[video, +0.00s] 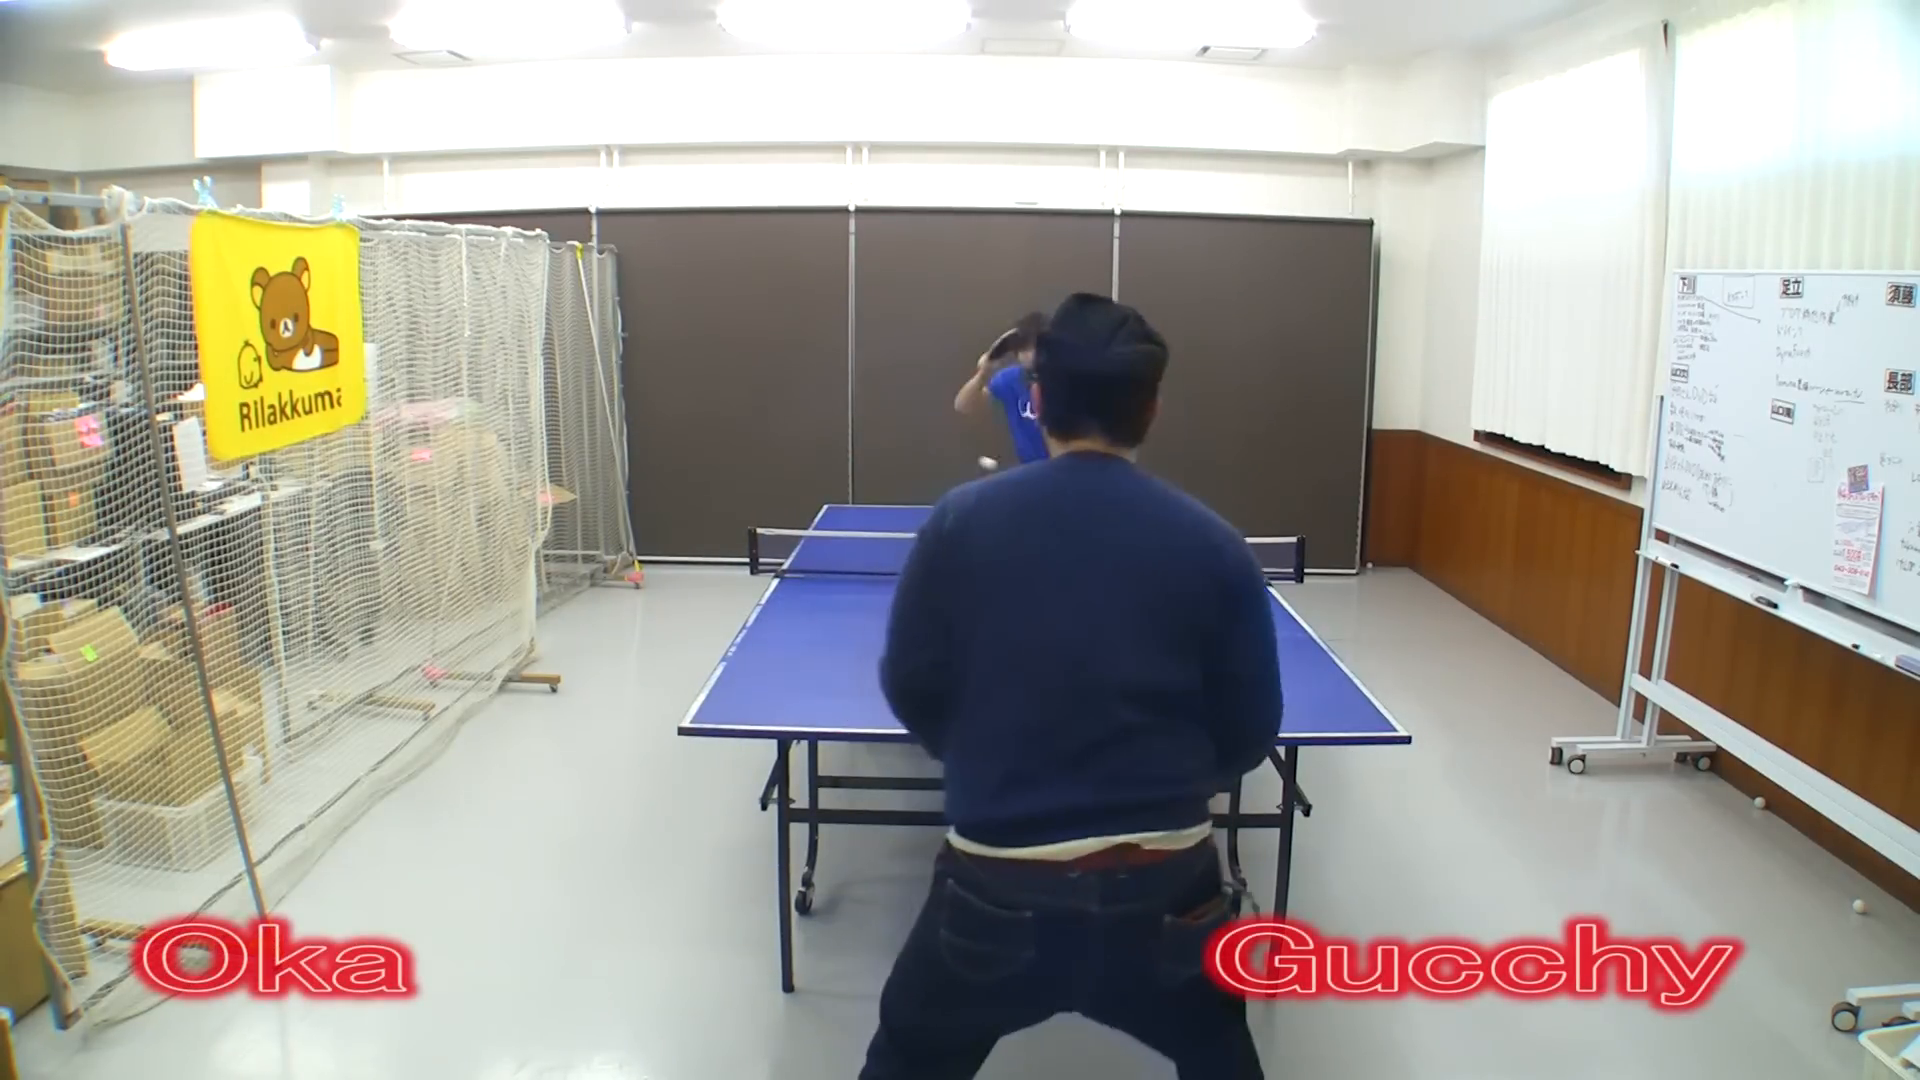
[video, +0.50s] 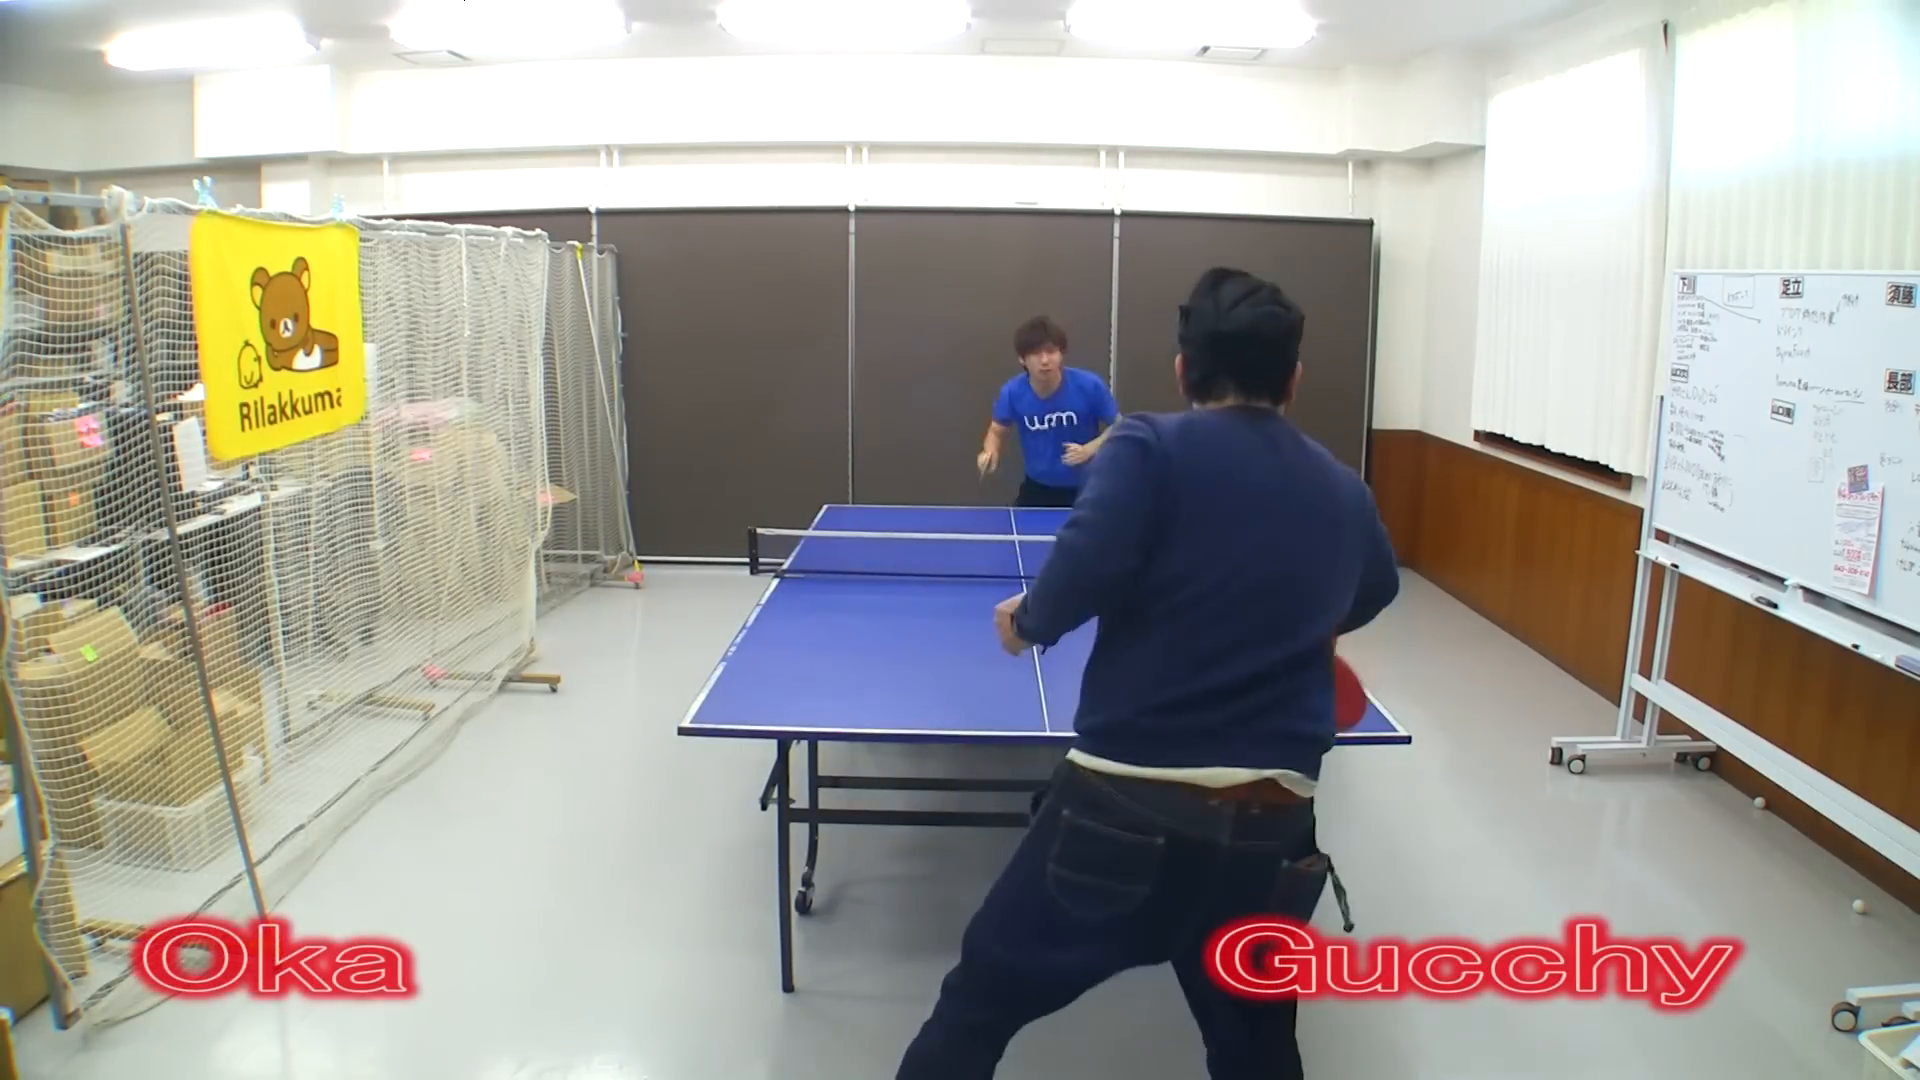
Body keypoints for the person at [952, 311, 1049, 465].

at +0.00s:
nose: (1032, 356)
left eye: (1037, 348)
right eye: (1025, 350)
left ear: (1049, 348)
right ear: (1017, 353)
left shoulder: (1062, 373)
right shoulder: (1010, 379)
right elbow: (963, 406)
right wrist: (983, 372)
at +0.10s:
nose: (1047, 342)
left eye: (1054, 334)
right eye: (1038, 335)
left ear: (1066, 336)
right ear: (1027, 341)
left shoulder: (1080, 369)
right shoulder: (1013, 368)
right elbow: (966, 402)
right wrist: (988, 369)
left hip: (1073, 472)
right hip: (1028, 475)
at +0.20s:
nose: (1056, 353)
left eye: (1062, 344)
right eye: (1047, 345)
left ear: (1073, 347)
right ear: (1033, 350)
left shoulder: (1088, 381)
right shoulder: (1016, 379)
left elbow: (1119, 417)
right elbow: (965, 415)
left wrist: (1115, 432)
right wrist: (987, 388)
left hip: (1066, 486)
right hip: (1020, 484)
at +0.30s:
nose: (1062, 366)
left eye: (1069, 358)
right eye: (1053, 358)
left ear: (1078, 362)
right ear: (1038, 364)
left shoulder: (1091, 398)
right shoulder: (1018, 395)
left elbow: (1119, 442)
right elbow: (973, 438)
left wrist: (1103, 461)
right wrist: (989, 416)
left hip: (1064, 499)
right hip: (1015, 498)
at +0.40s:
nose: (1057, 360)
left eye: (1064, 352)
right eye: (1048, 353)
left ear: (1074, 355)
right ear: (1034, 358)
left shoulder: (1094, 390)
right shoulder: (1016, 391)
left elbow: (1112, 433)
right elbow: (989, 425)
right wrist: (993, 436)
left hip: (1076, 490)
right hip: (1027, 490)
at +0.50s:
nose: (1045, 360)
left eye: (1051, 351)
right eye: (1036, 353)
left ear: (1062, 354)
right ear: (1023, 360)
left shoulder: (1089, 386)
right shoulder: (1013, 393)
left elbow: (1118, 426)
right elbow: (997, 430)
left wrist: (1088, 450)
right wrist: (991, 450)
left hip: (1082, 491)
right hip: (1036, 491)